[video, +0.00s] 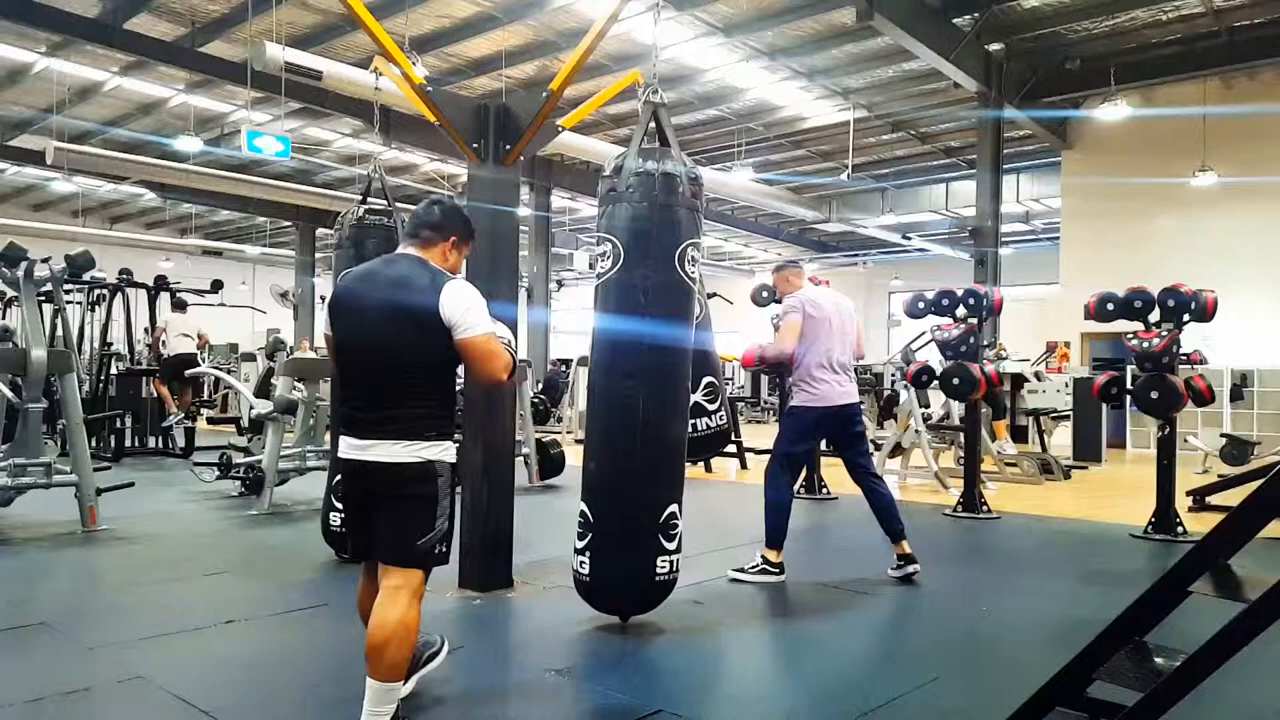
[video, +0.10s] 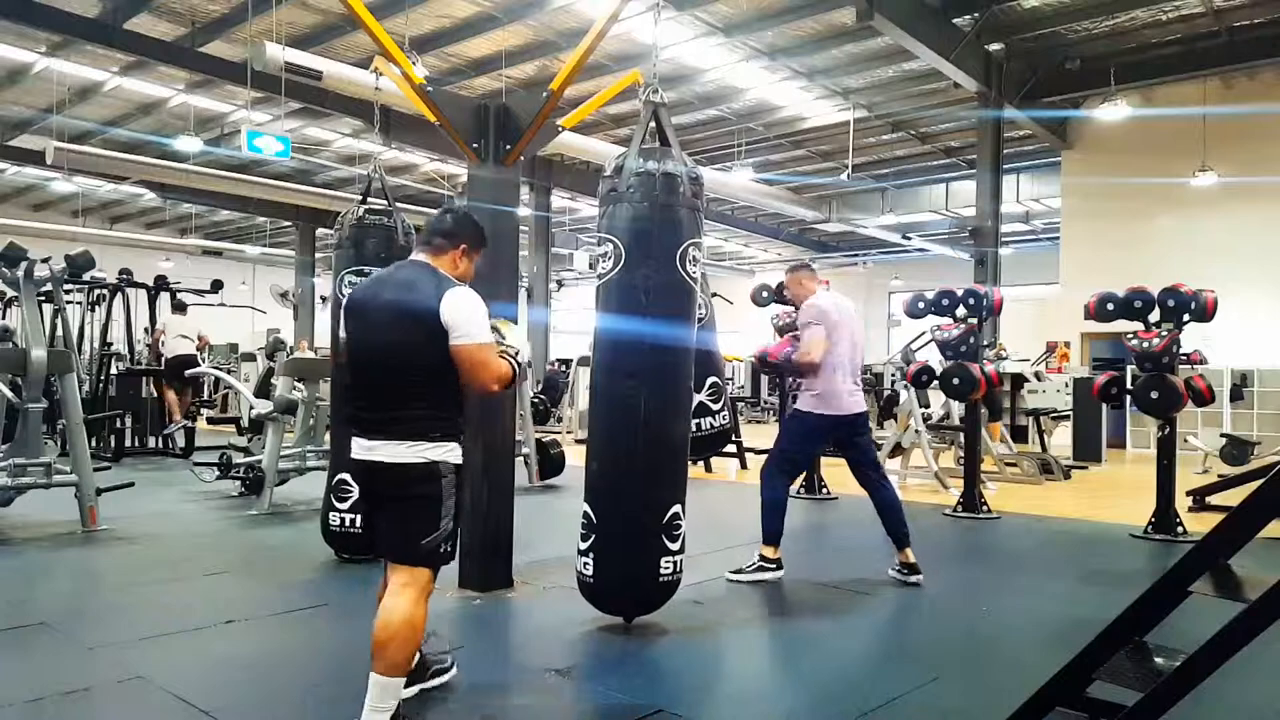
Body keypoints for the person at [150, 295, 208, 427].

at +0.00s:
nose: (173, 310)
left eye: (173, 308)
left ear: (172, 308)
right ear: (186, 309)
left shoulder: (167, 318)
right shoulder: (192, 321)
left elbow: (156, 335)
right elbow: (205, 339)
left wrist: (155, 352)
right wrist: (194, 349)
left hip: (175, 355)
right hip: (192, 356)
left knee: (159, 382)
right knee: (187, 388)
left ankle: (174, 412)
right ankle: (181, 417)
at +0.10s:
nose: (173, 313)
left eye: (173, 310)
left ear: (172, 310)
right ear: (186, 311)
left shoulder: (166, 319)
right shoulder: (192, 322)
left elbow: (156, 337)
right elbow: (205, 340)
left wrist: (155, 353)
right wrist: (196, 349)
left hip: (173, 356)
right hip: (191, 354)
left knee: (168, 387)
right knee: (187, 390)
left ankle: (177, 418)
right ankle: (177, 421)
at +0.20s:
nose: (176, 316)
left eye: (174, 314)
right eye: (182, 315)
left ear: (172, 313)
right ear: (185, 315)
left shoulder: (165, 322)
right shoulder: (191, 326)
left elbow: (155, 335)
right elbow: (205, 342)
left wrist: (155, 354)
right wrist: (195, 351)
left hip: (173, 358)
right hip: (190, 358)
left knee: (173, 391)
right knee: (186, 391)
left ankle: (178, 424)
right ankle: (180, 421)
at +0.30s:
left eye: (172, 319)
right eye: (181, 320)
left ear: (170, 320)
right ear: (184, 321)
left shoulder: (161, 330)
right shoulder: (190, 331)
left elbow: (154, 347)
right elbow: (204, 347)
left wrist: (157, 361)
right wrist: (193, 352)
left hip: (172, 363)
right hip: (190, 361)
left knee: (175, 397)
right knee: (186, 395)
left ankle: (179, 430)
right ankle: (178, 423)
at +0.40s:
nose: (167, 330)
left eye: (167, 328)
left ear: (167, 328)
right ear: (181, 329)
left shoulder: (161, 338)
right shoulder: (189, 339)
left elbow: (153, 357)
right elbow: (204, 353)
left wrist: (157, 365)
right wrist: (192, 355)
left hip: (172, 374)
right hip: (191, 372)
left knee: (173, 411)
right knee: (184, 405)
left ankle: (178, 443)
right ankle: (177, 440)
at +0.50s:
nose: (164, 337)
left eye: (165, 335)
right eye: (166, 335)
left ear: (166, 335)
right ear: (180, 335)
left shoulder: (161, 348)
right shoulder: (188, 347)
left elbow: (152, 365)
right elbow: (204, 356)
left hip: (172, 387)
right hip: (190, 385)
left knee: (173, 420)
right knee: (179, 420)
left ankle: (179, 452)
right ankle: (179, 448)